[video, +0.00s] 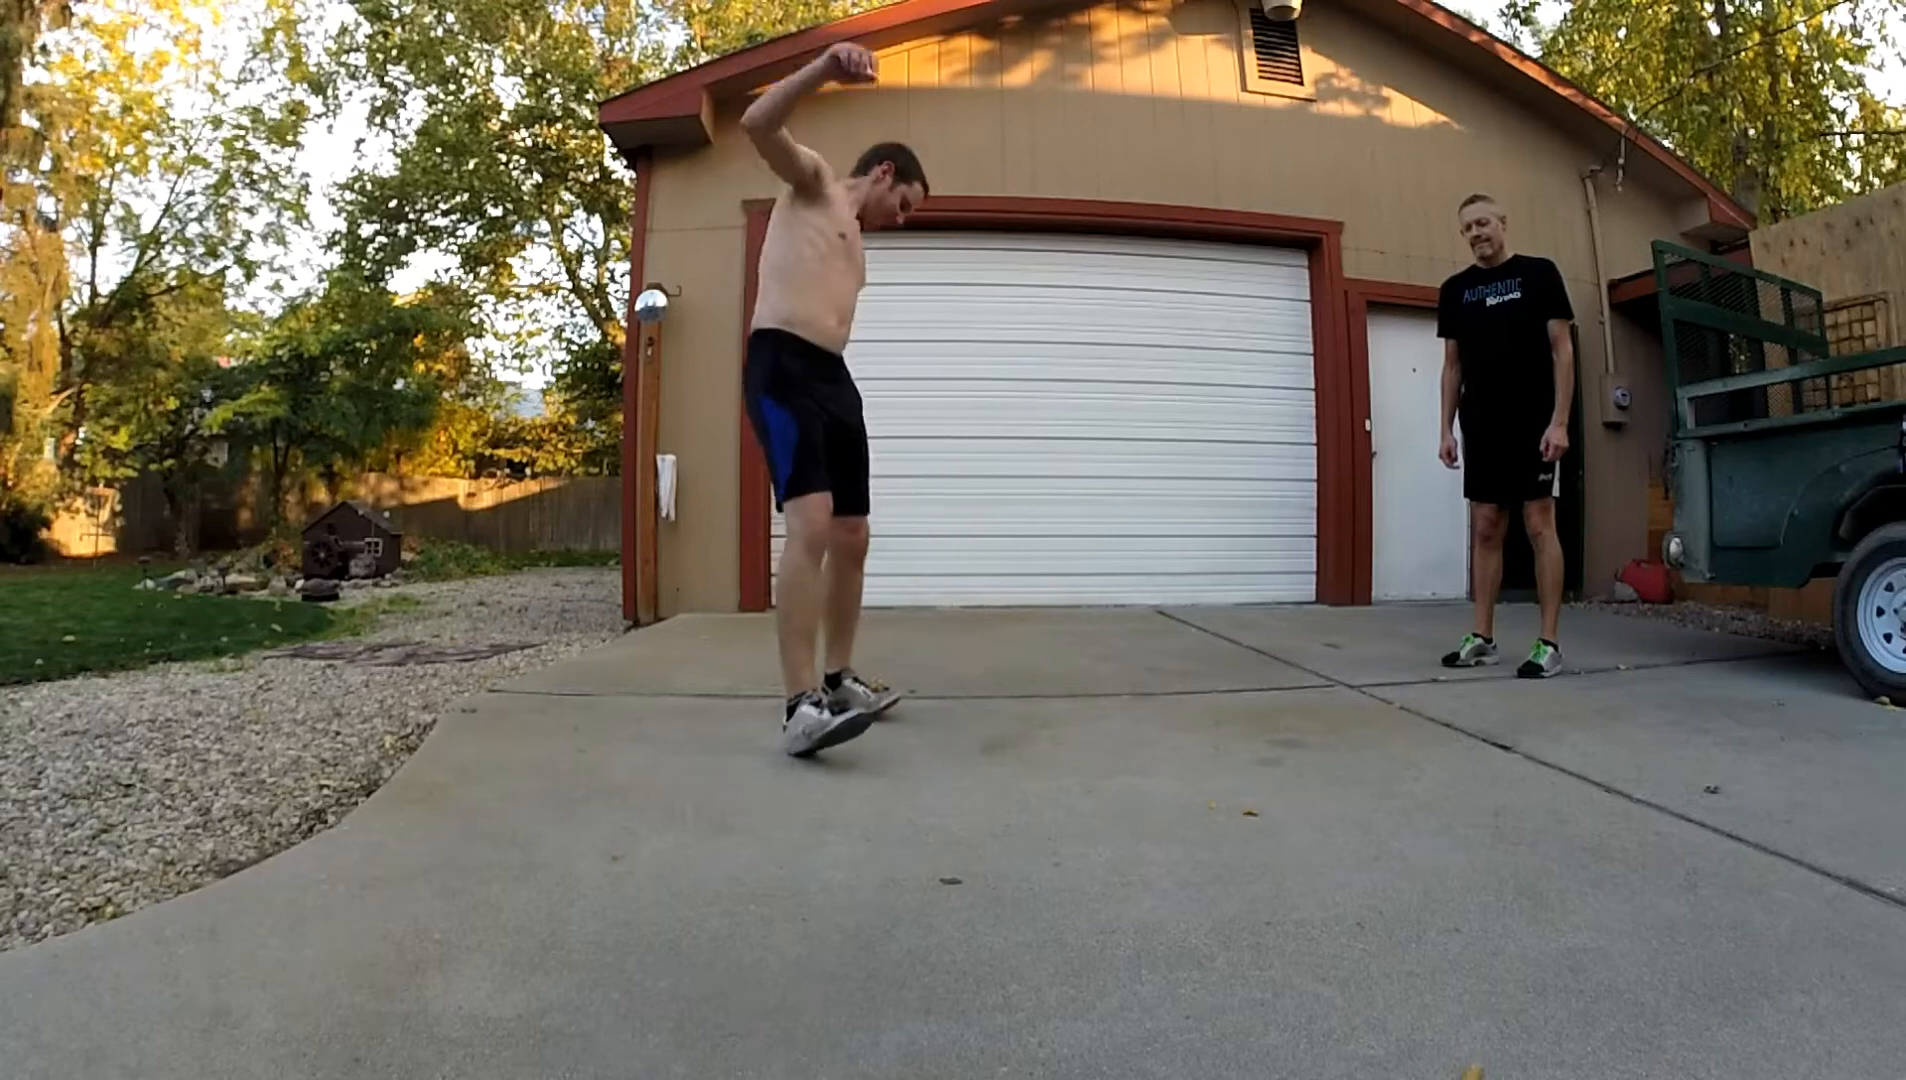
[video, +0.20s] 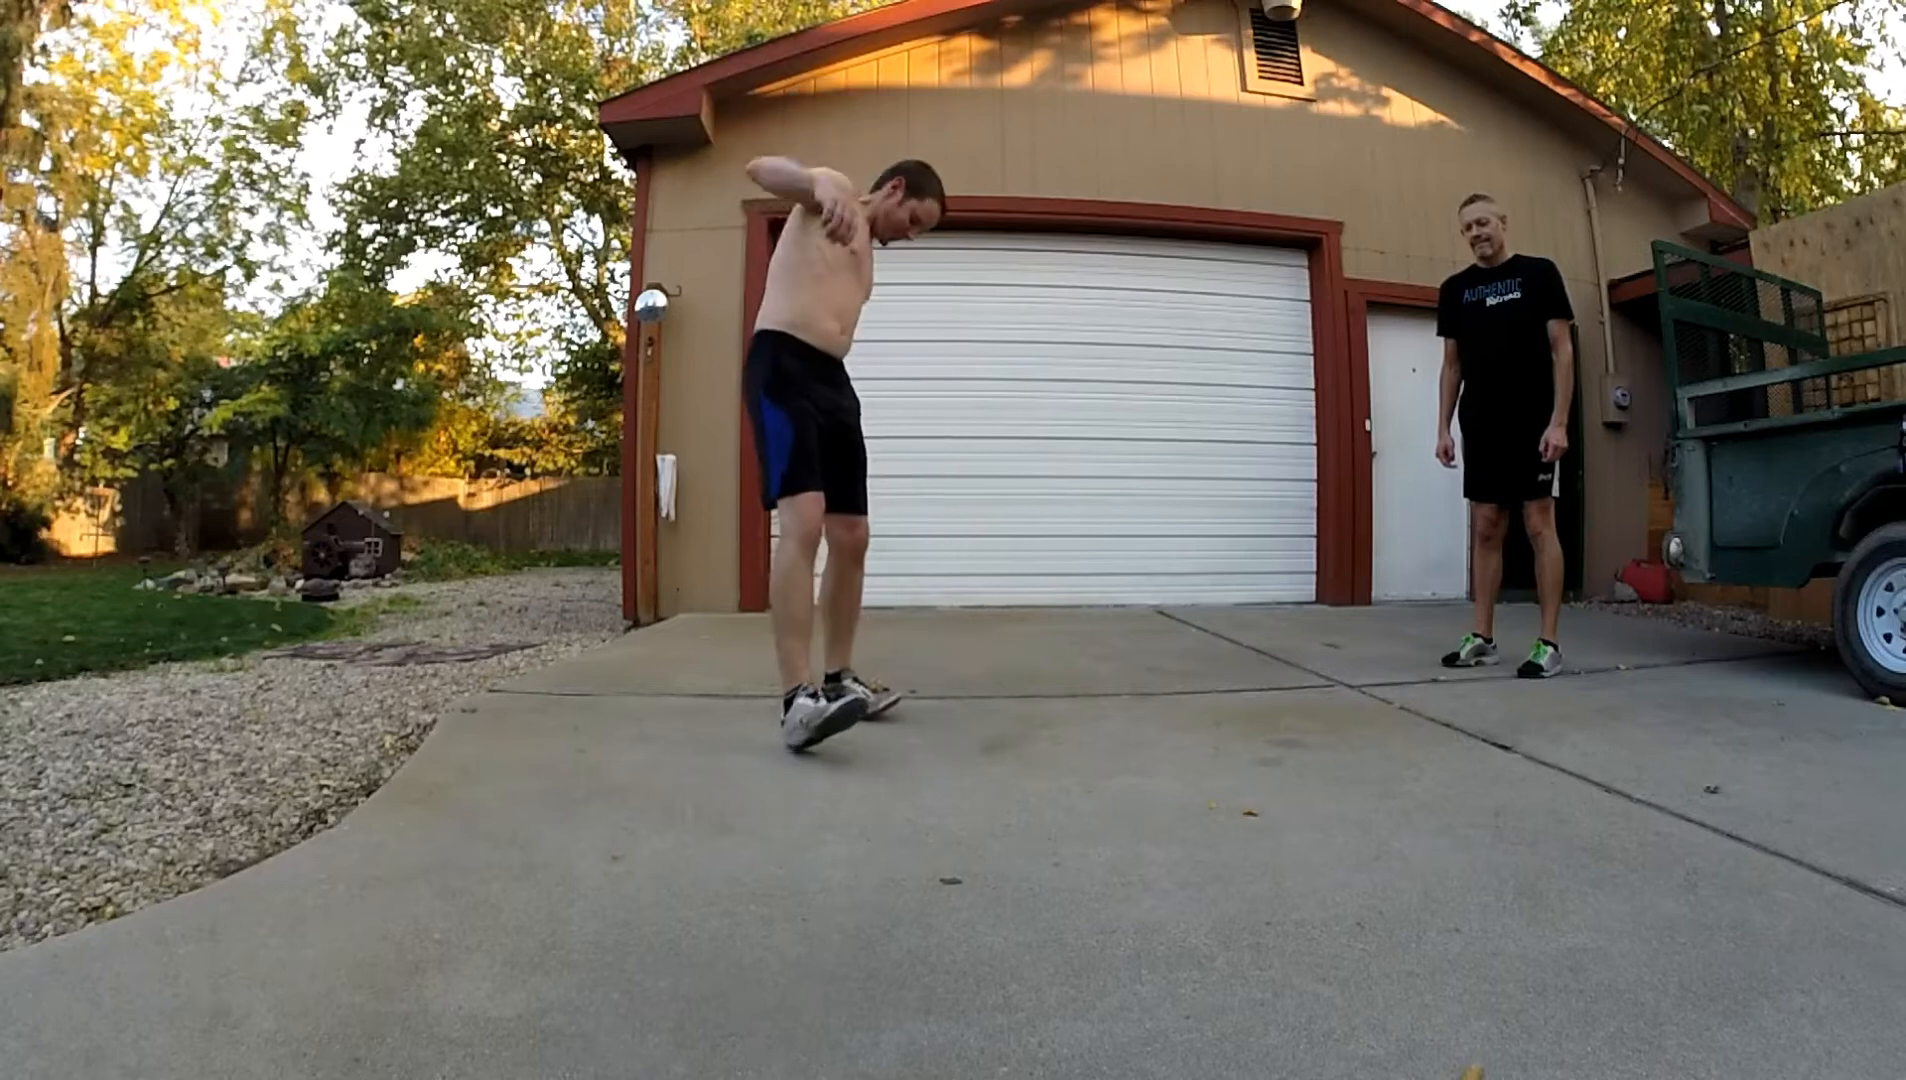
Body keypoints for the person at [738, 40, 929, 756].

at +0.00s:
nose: (902, 215)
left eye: (908, 210)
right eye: (903, 200)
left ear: (886, 188)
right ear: (879, 170)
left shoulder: (851, 237)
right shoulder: (816, 180)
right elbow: (757, 124)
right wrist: (821, 69)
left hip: (832, 372)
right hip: (781, 362)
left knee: (852, 534)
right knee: (810, 524)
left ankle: (835, 683)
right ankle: (800, 705)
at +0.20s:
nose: (910, 233)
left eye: (918, 229)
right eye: (913, 220)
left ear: (902, 205)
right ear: (894, 188)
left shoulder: (868, 248)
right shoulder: (834, 194)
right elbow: (761, 169)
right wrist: (816, 181)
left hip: (832, 376)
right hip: (782, 363)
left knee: (852, 534)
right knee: (802, 523)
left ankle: (838, 680)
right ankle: (796, 698)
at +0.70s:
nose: (909, 202)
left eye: (920, 194)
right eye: (908, 186)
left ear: (916, 183)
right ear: (881, 156)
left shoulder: (869, 229)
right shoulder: (822, 191)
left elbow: (830, 321)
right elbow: (741, 242)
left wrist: (857, 385)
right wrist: (743, 332)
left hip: (835, 381)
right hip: (786, 368)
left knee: (854, 531)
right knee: (798, 533)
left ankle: (838, 679)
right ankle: (786, 694)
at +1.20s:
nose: (926, 212)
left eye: (939, 205)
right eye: (923, 196)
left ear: (947, 198)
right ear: (902, 168)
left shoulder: (914, 251)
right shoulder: (836, 204)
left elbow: (891, 329)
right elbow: (751, 247)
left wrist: (896, 408)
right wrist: (757, 315)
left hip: (850, 382)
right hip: (791, 361)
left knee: (860, 530)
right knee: (829, 471)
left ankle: (843, 674)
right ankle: (805, 634)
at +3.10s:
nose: (845, 105)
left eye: (856, 92)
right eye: (834, 88)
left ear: (865, 80)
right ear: (798, 68)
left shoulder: (870, 134)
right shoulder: (753, 160)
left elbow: (893, 227)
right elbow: (711, 276)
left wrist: (929, 300)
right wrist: (713, 379)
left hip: (889, 346)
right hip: (819, 351)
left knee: (913, 524)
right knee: (828, 534)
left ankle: (914, 707)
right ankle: (825, 722)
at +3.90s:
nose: (938, 108)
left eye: (949, 99)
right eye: (926, 92)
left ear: (955, 108)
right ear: (891, 89)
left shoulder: (934, 195)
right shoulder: (842, 151)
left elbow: (927, 295)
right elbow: (749, 220)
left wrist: (977, 356)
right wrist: (741, 291)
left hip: (906, 361)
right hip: (846, 349)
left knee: (940, 536)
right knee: (898, 529)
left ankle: (885, 709)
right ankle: (840, 710)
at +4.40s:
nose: (982, 124)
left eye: (992, 115)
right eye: (972, 108)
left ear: (997, 121)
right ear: (935, 101)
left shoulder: (969, 207)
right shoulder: (887, 161)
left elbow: (959, 300)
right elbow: (805, 240)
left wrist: (1011, 349)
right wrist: (849, 306)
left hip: (931, 364)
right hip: (877, 353)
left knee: (958, 527)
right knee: (966, 475)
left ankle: (894, 705)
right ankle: (971, 689)